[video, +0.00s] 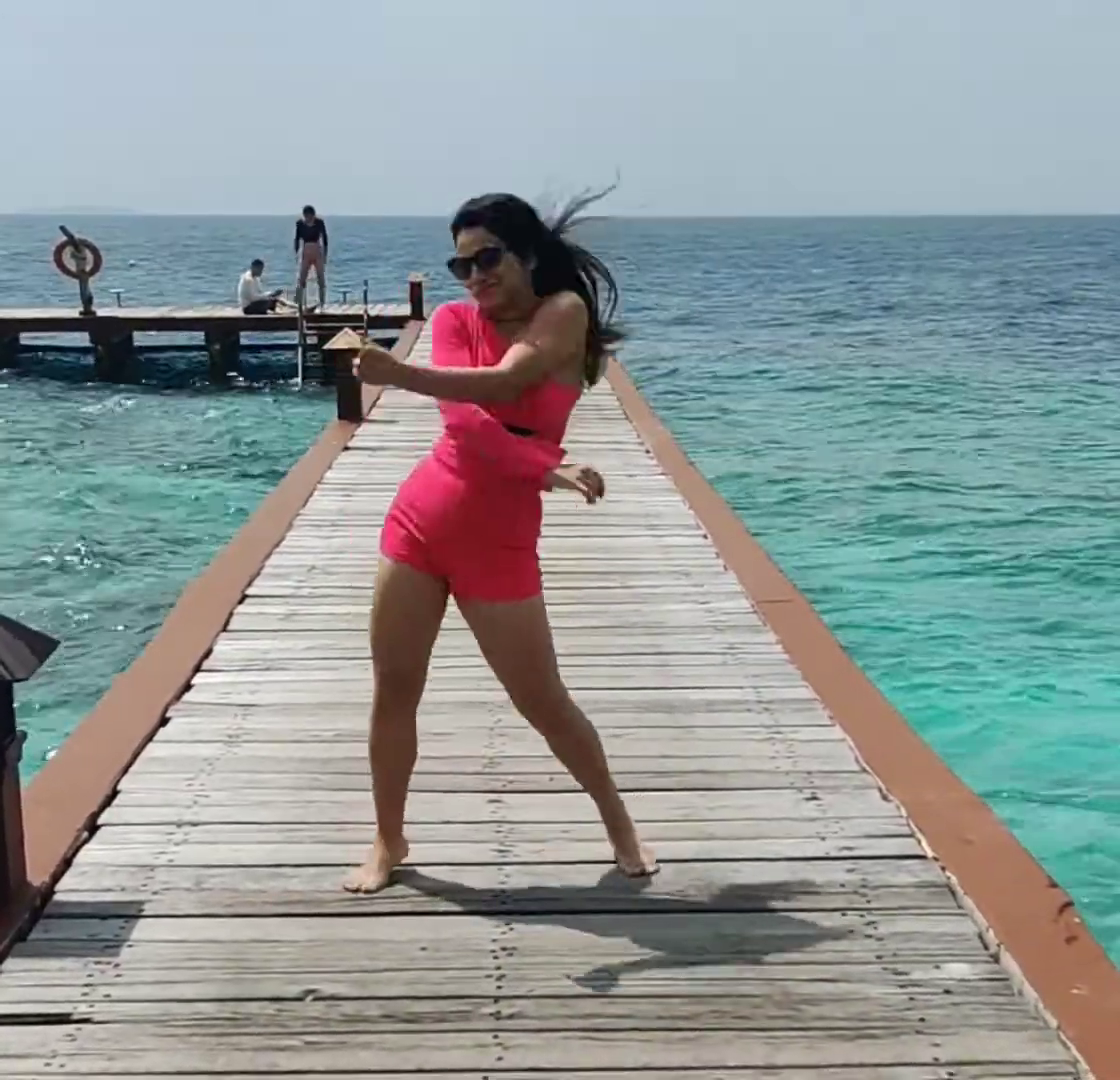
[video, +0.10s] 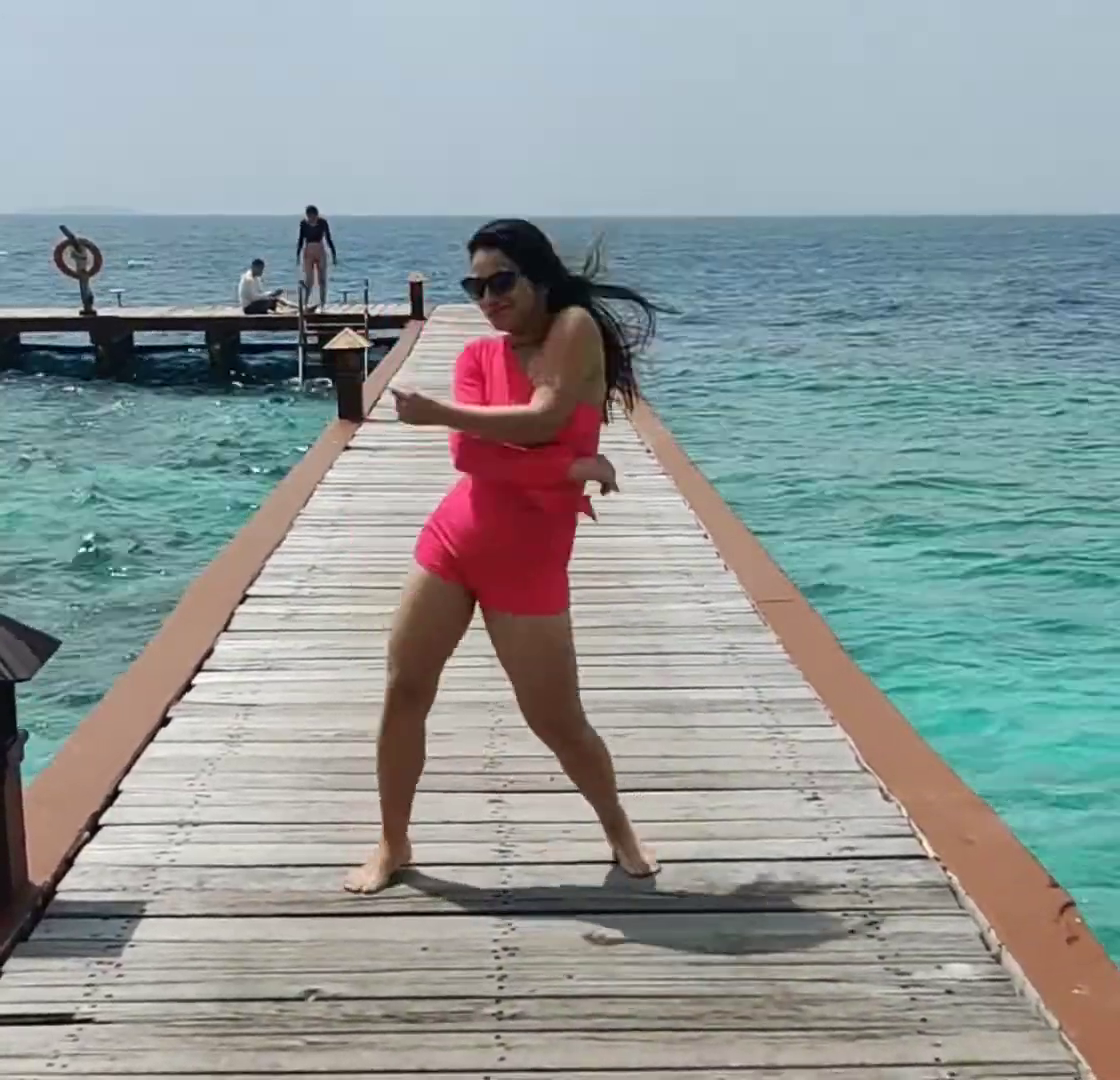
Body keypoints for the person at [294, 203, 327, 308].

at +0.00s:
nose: (308, 218)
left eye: (310, 216)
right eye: (306, 216)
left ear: (314, 215)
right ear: (304, 216)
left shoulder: (319, 223)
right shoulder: (300, 224)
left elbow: (325, 238)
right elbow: (297, 238)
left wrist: (325, 254)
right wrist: (296, 251)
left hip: (317, 249)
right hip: (306, 249)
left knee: (320, 279)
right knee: (302, 279)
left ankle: (322, 303)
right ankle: (299, 303)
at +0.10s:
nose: (311, 218)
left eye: (313, 216)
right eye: (309, 216)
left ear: (317, 215)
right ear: (307, 216)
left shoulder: (323, 223)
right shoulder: (303, 224)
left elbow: (328, 238)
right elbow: (301, 239)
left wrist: (334, 254)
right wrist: (298, 255)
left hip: (320, 249)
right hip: (308, 249)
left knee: (322, 279)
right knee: (309, 279)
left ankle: (322, 304)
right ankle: (305, 304)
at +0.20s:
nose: (313, 219)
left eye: (314, 217)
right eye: (311, 217)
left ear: (318, 215)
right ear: (308, 216)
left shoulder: (325, 223)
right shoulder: (305, 224)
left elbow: (331, 238)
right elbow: (303, 238)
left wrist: (340, 252)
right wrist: (299, 252)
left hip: (321, 250)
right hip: (310, 250)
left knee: (323, 279)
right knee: (314, 279)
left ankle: (323, 304)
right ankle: (315, 303)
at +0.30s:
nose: (313, 219)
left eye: (315, 216)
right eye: (311, 217)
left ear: (319, 215)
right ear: (309, 216)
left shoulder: (325, 223)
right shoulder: (306, 224)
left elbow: (333, 236)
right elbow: (304, 237)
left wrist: (343, 251)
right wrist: (301, 250)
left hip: (323, 250)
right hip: (312, 251)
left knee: (324, 278)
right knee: (316, 278)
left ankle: (322, 304)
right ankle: (318, 301)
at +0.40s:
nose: (311, 218)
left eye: (313, 216)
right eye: (310, 216)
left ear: (318, 215)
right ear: (308, 216)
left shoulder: (326, 223)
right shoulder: (307, 225)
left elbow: (334, 237)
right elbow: (305, 237)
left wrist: (344, 251)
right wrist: (301, 250)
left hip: (324, 250)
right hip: (313, 251)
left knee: (326, 278)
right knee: (317, 277)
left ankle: (324, 302)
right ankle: (319, 301)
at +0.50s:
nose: (308, 219)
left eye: (309, 217)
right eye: (306, 217)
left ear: (314, 215)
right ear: (305, 217)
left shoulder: (323, 223)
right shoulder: (305, 226)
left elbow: (331, 237)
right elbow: (302, 240)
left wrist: (340, 252)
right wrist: (299, 253)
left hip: (323, 252)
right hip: (310, 253)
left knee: (326, 279)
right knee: (315, 279)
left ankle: (321, 302)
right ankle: (318, 304)